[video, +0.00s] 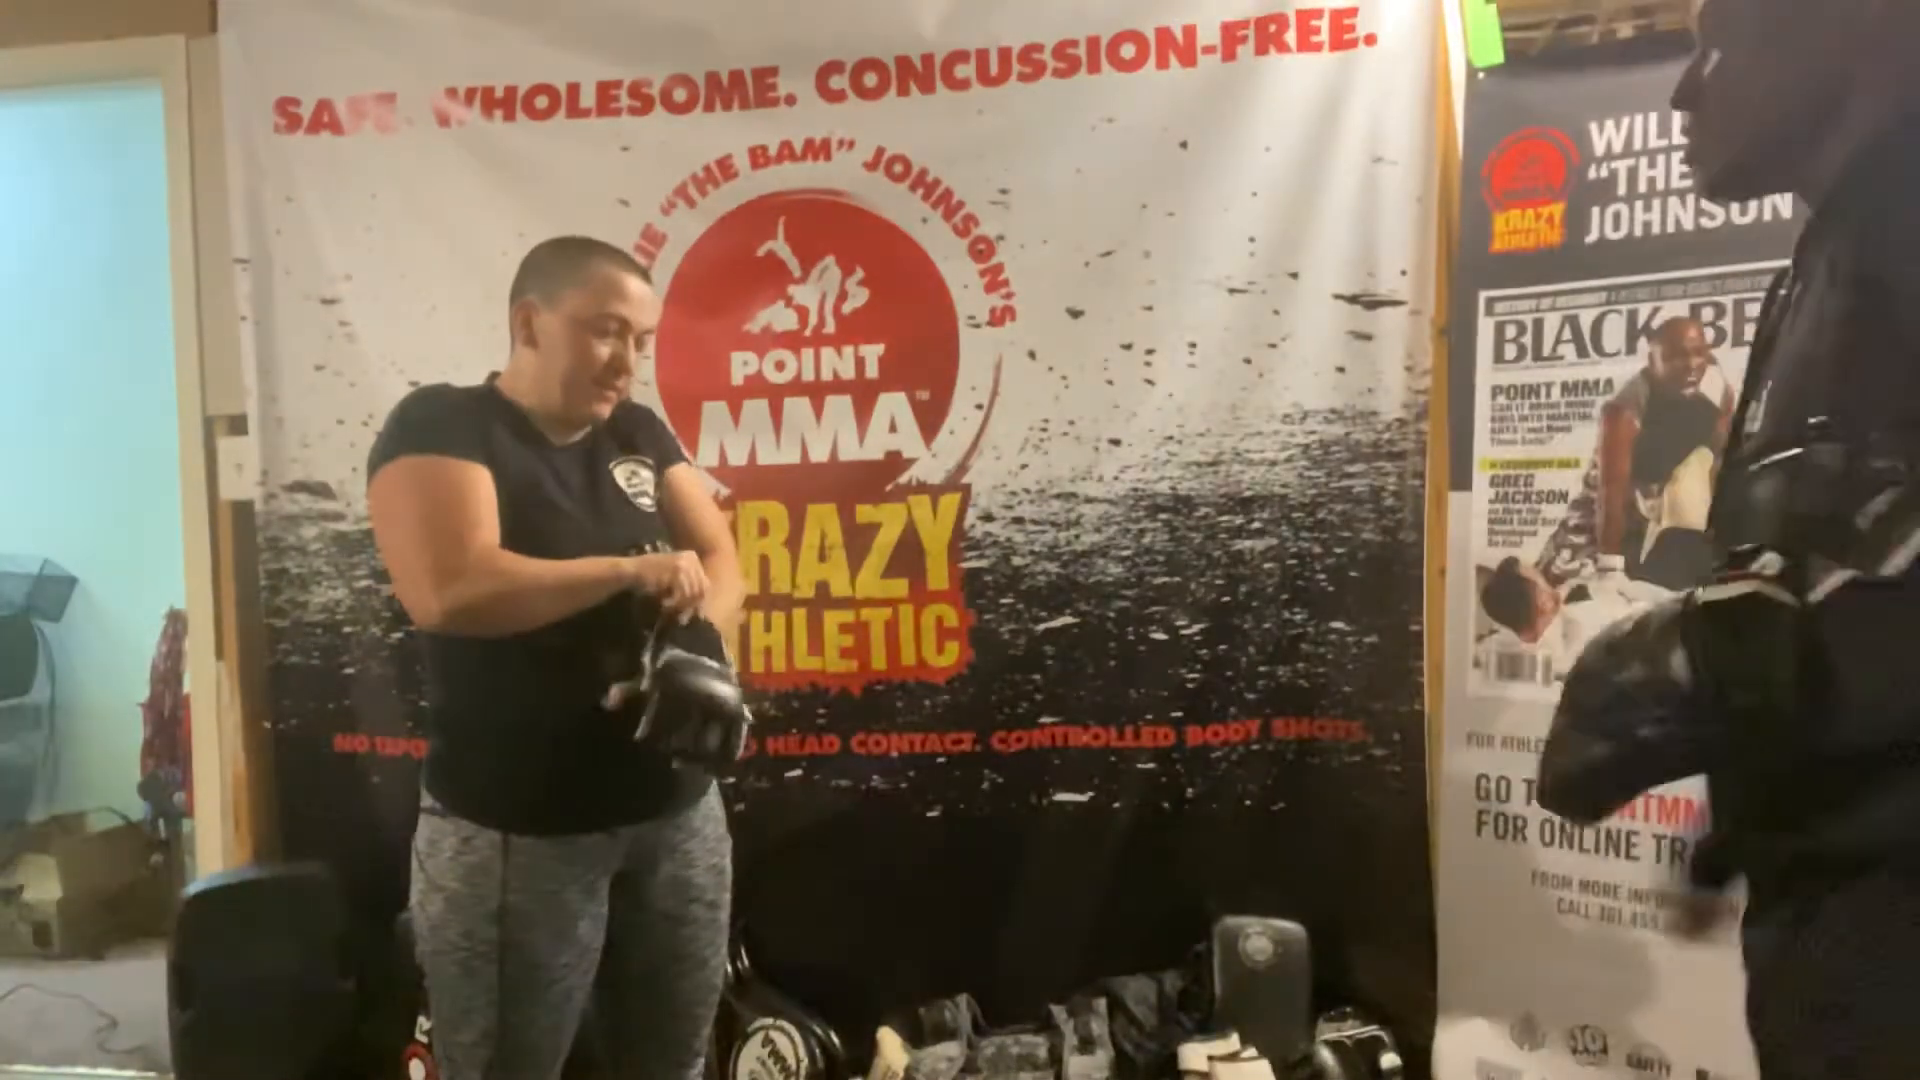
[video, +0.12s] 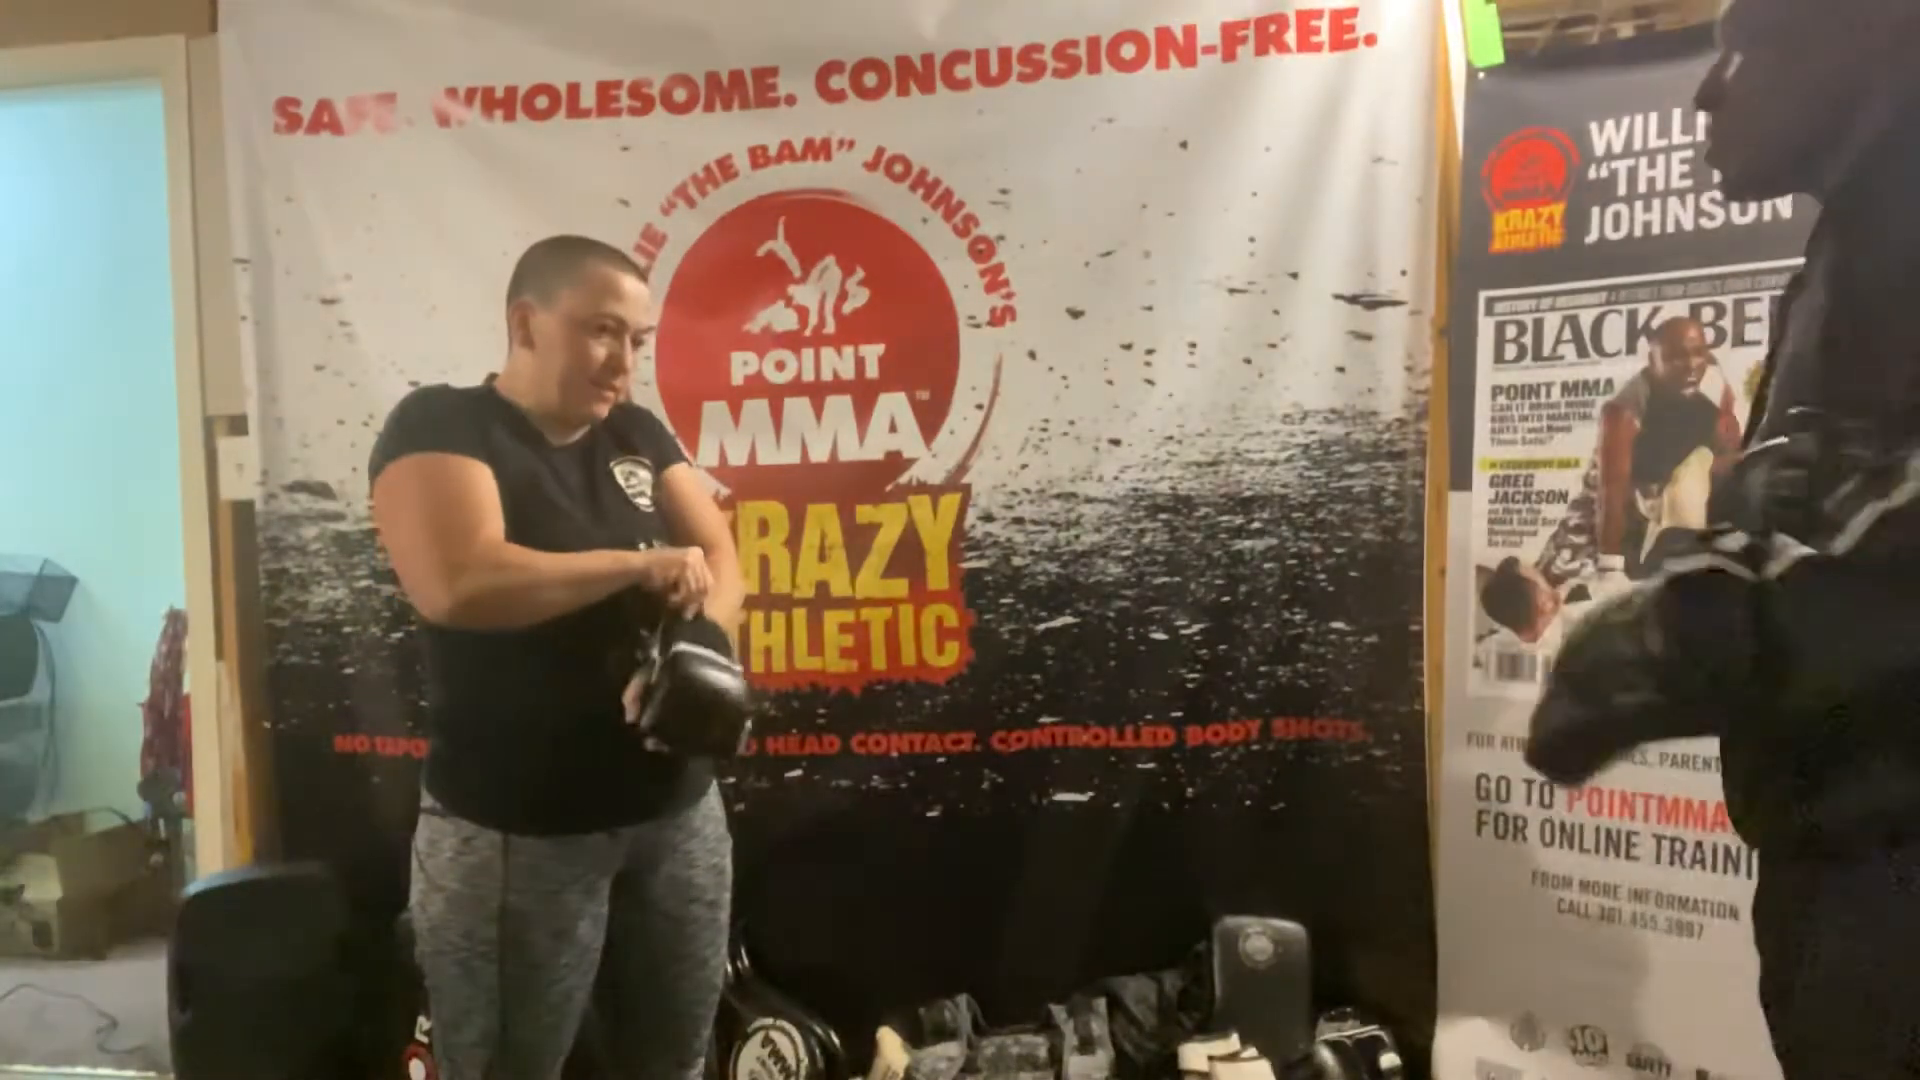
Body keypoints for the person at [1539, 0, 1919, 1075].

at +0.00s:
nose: (1685, 81)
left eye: (1716, 33)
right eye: (1694, 42)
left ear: (1864, 22)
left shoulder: (1894, 206)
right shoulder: (1836, 240)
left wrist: (1739, 669)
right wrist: (1743, 823)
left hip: (1885, 912)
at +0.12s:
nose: (1709, 88)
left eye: (1747, 40)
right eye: (1721, 49)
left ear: (1873, 32)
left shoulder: (1896, 193)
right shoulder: (1862, 217)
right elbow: (1788, 484)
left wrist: (1641, 652)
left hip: (1885, 868)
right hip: (1842, 856)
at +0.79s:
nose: (1618, 88)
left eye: (1658, 43)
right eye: (1629, 48)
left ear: (1776, 55)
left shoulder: (1825, 201)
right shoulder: (1774, 221)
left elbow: (1785, 514)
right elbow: (1665, 481)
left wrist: (1497, 646)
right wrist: (1494, 622)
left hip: (1805, 834)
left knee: (1770, 1056)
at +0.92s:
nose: (1560, 48)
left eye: (1598, 16)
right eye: (1574, 23)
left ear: (1724, 33)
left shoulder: (1797, 199)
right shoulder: (1730, 209)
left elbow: (1780, 532)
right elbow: (1620, 479)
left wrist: (1497, 647)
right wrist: (1489, 611)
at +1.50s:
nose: (1359, 97)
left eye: (1391, 44)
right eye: (1372, 51)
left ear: (1518, 35)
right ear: (1517, 47)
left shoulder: (1616, 209)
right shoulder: (1520, 234)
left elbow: (1674, 564)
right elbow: (1485, 540)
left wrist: (1345, 671)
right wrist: (1330, 641)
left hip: (1655, 880)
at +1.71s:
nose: (1386, 91)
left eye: (1423, 42)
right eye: (1402, 48)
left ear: (1543, 43)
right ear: (1529, 53)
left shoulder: (1653, 206)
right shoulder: (1514, 240)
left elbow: (1722, 557)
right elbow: (1479, 555)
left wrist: (1391, 672)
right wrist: (1371, 748)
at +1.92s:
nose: (1420, 97)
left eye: (1461, 54)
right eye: (1433, 58)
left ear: (1591, 52)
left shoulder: (1680, 213)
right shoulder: (1520, 255)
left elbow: (1750, 544)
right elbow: (1483, 552)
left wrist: (1426, 652)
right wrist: (1339, 686)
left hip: (1672, 868)